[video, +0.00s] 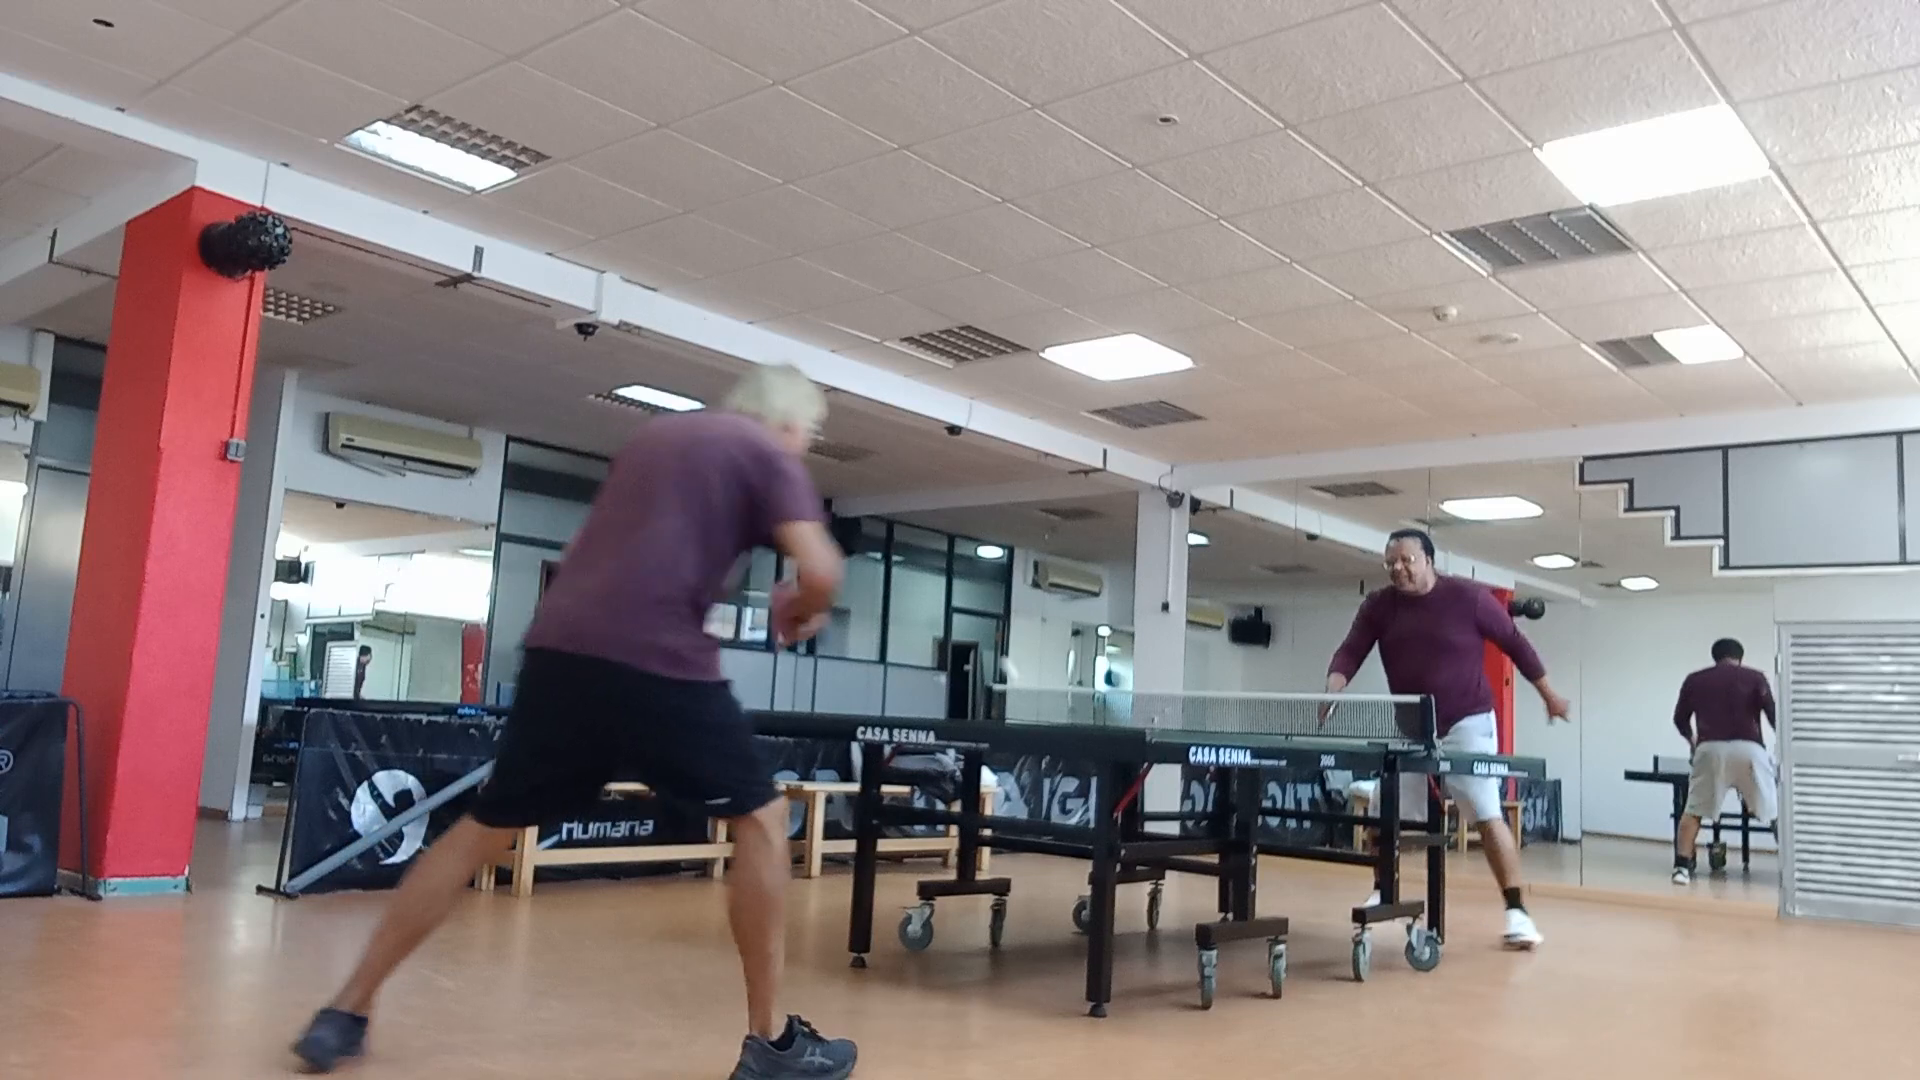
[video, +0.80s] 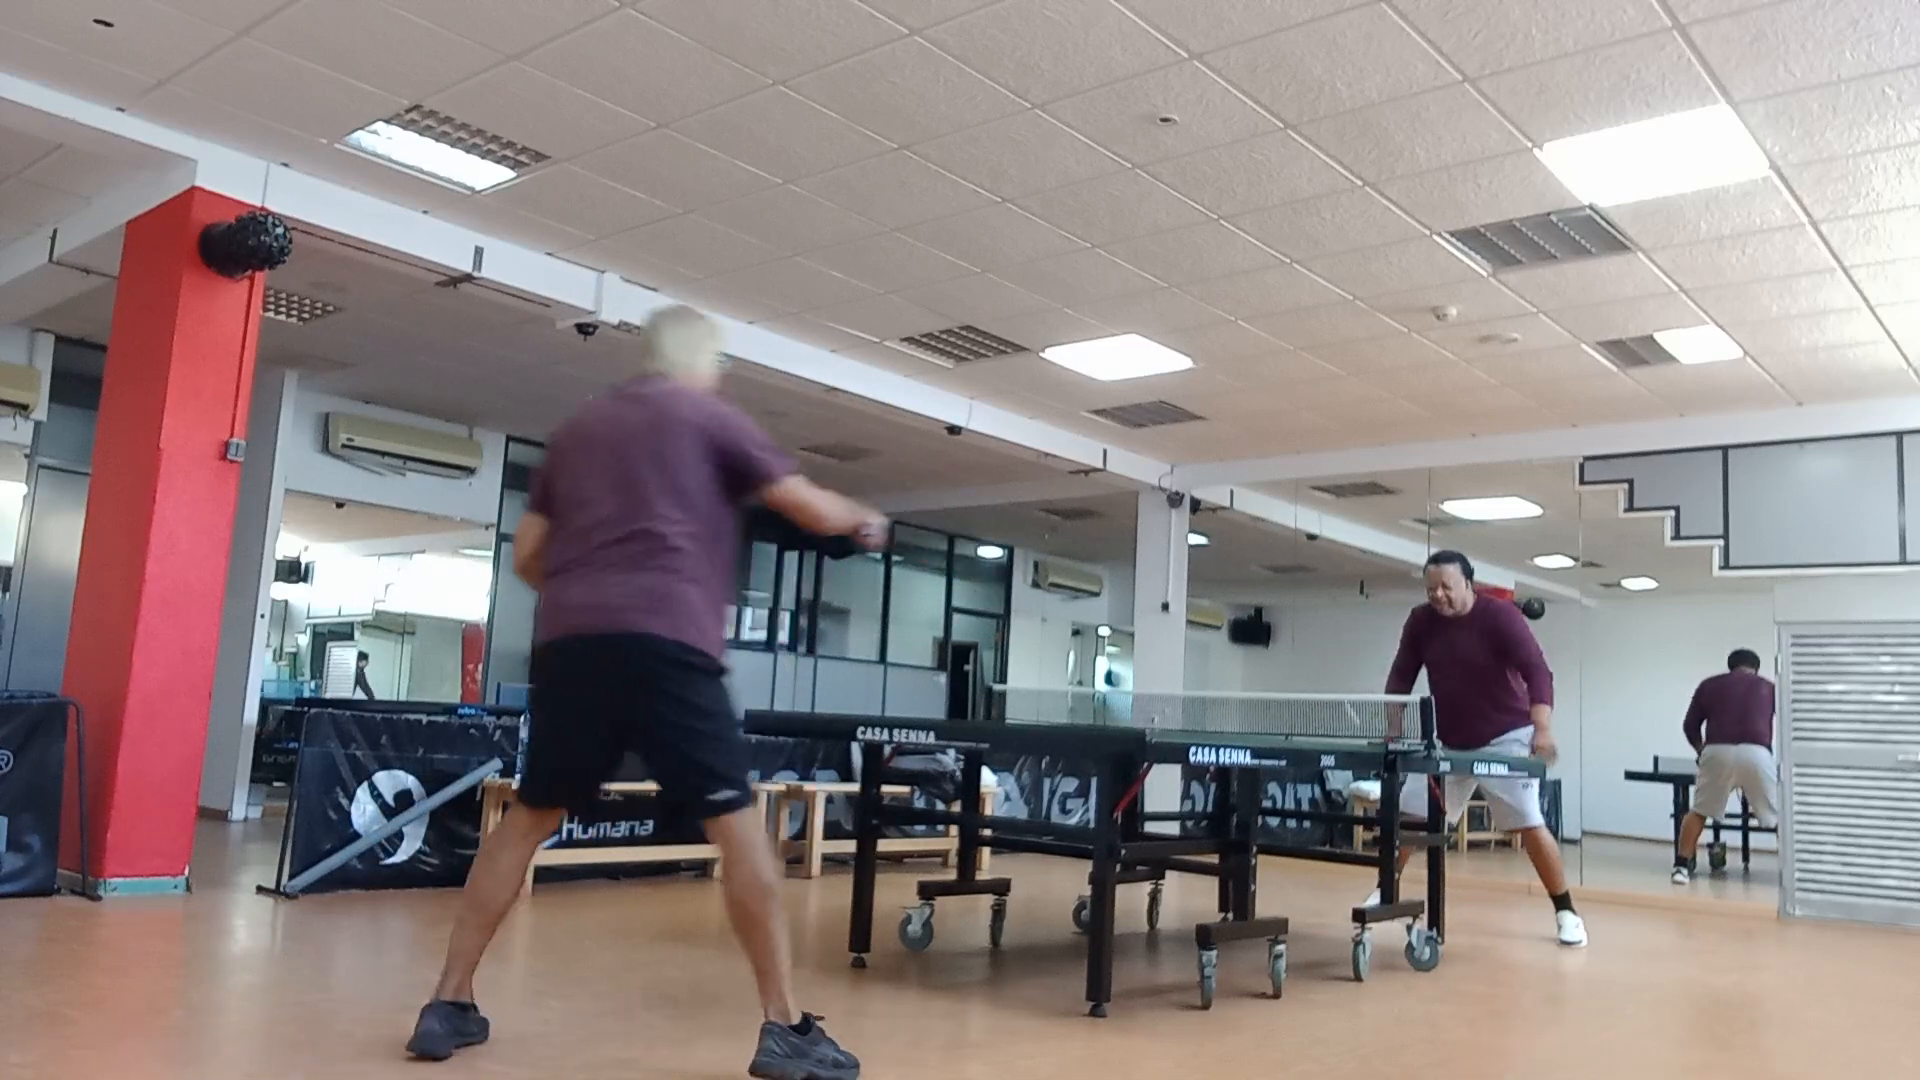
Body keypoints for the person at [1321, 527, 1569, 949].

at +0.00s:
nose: (1400, 568)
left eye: (1408, 559)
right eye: (1393, 562)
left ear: (1428, 561)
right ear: (1387, 567)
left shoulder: (1469, 597)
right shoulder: (1379, 606)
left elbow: (1514, 641)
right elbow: (1351, 651)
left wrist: (1548, 692)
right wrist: (1333, 690)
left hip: (1467, 721)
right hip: (1410, 726)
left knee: (1485, 812)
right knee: (1384, 811)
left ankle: (1516, 912)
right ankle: (1384, 894)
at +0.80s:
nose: (1438, 595)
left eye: (1446, 587)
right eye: (1432, 588)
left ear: (1468, 583)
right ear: (1426, 589)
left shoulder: (1500, 615)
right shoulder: (1422, 622)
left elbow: (1537, 669)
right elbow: (1400, 676)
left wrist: (1543, 728)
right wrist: (1393, 729)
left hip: (1507, 737)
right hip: (1449, 742)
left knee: (1529, 822)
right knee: (1407, 817)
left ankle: (1565, 912)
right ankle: (1384, 892)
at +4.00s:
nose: (1470, 561)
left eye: (1477, 553)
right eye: (1466, 557)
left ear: (1502, 553)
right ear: (1466, 566)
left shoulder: (1546, 594)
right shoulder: (1465, 611)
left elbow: (1591, 647)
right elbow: (1423, 641)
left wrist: (1600, 710)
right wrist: (1386, 627)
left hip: (1556, 722)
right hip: (1502, 729)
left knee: (1558, 821)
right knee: (1485, 816)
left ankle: (1568, 907)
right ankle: (1466, 900)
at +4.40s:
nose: (1531, 549)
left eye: (1540, 542)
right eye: (1524, 544)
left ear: (1561, 547)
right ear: (1517, 552)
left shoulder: (1595, 594)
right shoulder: (1501, 599)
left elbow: (1629, 653)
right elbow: (1486, 658)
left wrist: (1630, 706)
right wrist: (1485, 690)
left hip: (1582, 726)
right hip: (1523, 725)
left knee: (1573, 819)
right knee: (1527, 809)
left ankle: (1569, 908)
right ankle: (1532, 907)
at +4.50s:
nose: (1532, 549)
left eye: (1541, 541)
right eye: (1525, 544)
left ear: (1563, 546)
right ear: (1519, 552)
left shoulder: (1598, 592)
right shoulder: (1502, 601)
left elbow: (1632, 649)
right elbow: (1486, 659)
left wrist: (1641, 704)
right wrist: (1487, 696)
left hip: (1588, 726)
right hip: (1531, 726)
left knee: (1577, 826)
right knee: (1545, 819)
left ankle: (1569, 906)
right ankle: (1547, 917)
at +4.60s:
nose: (1533, 543)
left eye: (1541, 534)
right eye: (1525, 539)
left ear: (1562, 537)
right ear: (1519, 548)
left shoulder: (1599, 581)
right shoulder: (1504, 598)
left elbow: (1633, 643)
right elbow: (1487, 658)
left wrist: (1652, 706)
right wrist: (1488, 699)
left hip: (1598, 723)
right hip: (1538, 725)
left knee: (1596, 825)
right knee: (1548, 820)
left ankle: (1575, 894)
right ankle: (1548, 917)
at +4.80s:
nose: (1550, 527)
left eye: (1557, 518)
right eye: (1540, 522)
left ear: (1576, 522)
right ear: (1531, 533)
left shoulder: (1614, 573)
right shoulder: (1511, 587)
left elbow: (1642, 638)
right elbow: (1499, 654)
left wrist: (1667, 700)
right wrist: (1495, 707)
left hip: (1613, 718)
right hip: (1546, 723)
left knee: (1632, 814)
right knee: (1547, 822)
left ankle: (1621, 916)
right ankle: (1550, 921)